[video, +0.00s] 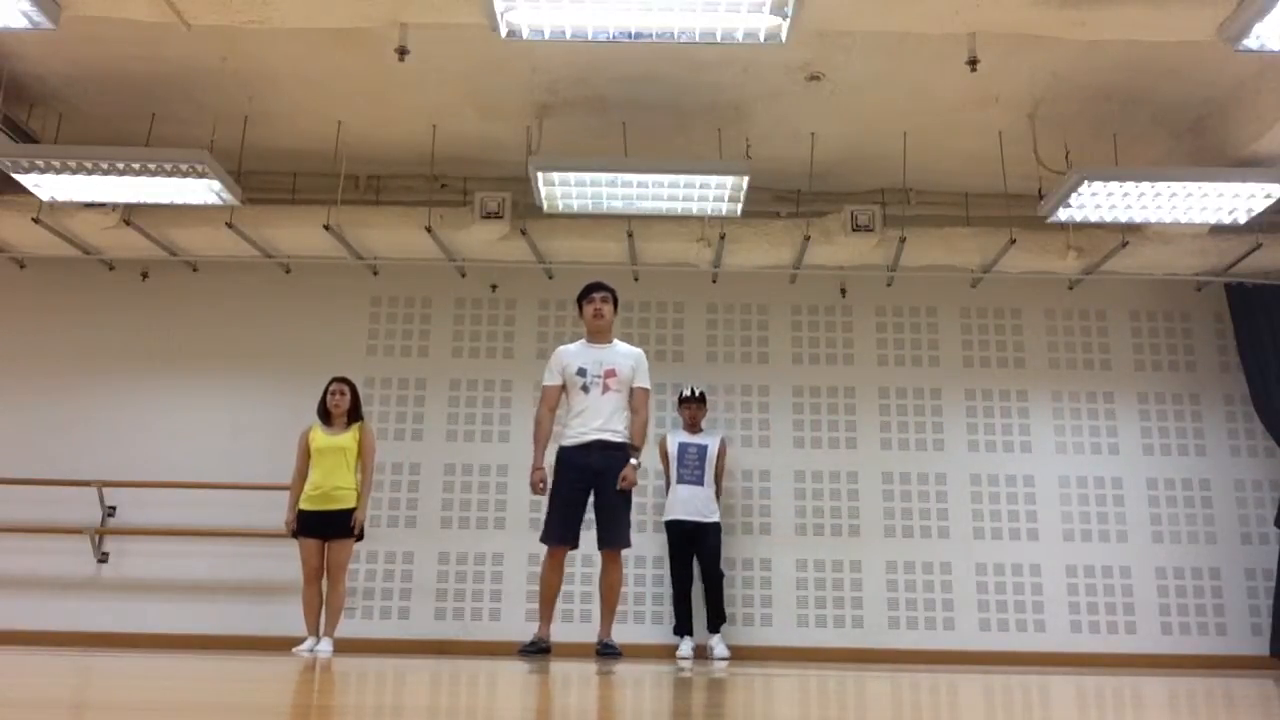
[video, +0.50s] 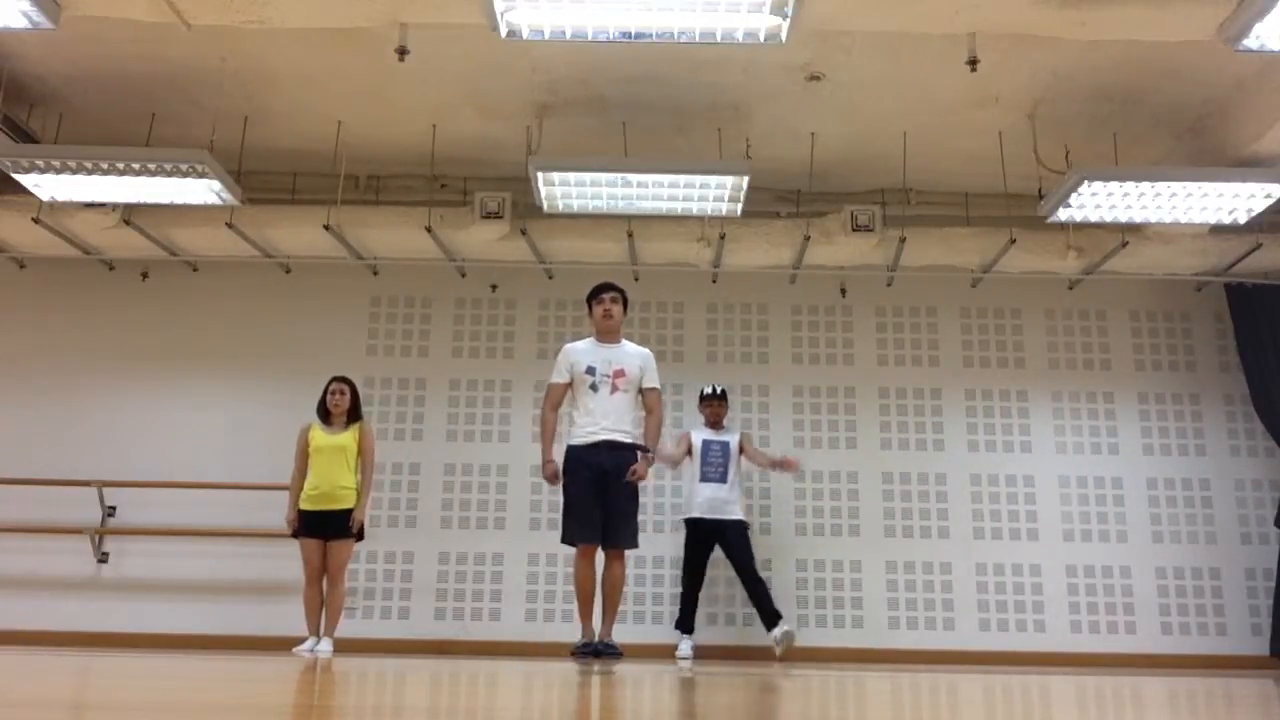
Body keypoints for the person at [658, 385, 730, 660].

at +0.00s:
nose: (692, 414)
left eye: (696, 409)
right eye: (687, 409)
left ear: (704, 411)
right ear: (680, 411)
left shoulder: (717, 442)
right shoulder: (667, 442)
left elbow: (718, 480)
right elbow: (669, 479)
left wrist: (712, 506)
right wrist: (674, 505)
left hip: (707, 516)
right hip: (678, 515)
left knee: (712, 576)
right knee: (681, 578)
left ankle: (715, 635)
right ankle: (685, 637)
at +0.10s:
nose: (694, 413)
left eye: (698, 408)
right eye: (688, 408)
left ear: (706, 411)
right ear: (681, 411)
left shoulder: (719, 441)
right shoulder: (669, 441)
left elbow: (717, 479)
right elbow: (669, 480)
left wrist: (711, 507)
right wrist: (672, 508)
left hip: (708, 517)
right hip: (679, 517)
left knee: (716, 577)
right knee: (682, 580)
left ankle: (724, 635)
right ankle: (685, 637)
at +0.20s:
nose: (697, 413)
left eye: (702, 408)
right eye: (691, 408)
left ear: (710, 410)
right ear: (684, 411)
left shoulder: (722, 442)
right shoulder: (672, 441)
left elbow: (725, 482)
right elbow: (665, 481)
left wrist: (727, 515)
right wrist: (658, 515)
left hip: (712, 519)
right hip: (680, 518)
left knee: (721, 575)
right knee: (683, 581)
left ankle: (736, 631)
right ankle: (685, 637)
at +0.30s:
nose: (701, 414)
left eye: (706, 409)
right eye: (696, 409)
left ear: (713, 411)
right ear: (687, 411)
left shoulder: (725, 442)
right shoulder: (676, 442)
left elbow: (739, 480)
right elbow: (659, 476)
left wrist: (754, 511)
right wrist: (643, 504)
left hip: (715, 520)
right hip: (683, 520)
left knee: (730, 573)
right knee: (684, 582)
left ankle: (753, 629)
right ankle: (685, 638)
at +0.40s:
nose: (707, 414)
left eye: (712, 409)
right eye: (702, 409)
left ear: (719, 410)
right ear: (693, 411)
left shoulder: (732, 441)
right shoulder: (682, 439)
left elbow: (753, 472)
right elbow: (660, 468)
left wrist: (780, 497)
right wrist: (643, 480)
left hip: (721, 521)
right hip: (689, 520)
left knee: (739, 572)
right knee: (687, 582)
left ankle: (768, 627)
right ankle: (685, 638)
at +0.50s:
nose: (715, 412)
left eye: (719, 406)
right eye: (710, 406)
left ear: (727, 409)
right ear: (700, 409)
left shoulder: (737, 439)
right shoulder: (690, 437)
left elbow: (759, 458)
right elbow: (673, 458)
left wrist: (779, 463)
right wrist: (655, 451)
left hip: (731, 519)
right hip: (699, 518)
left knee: (749, 574)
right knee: (692, 581)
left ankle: (777, 629)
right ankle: (685, 638)